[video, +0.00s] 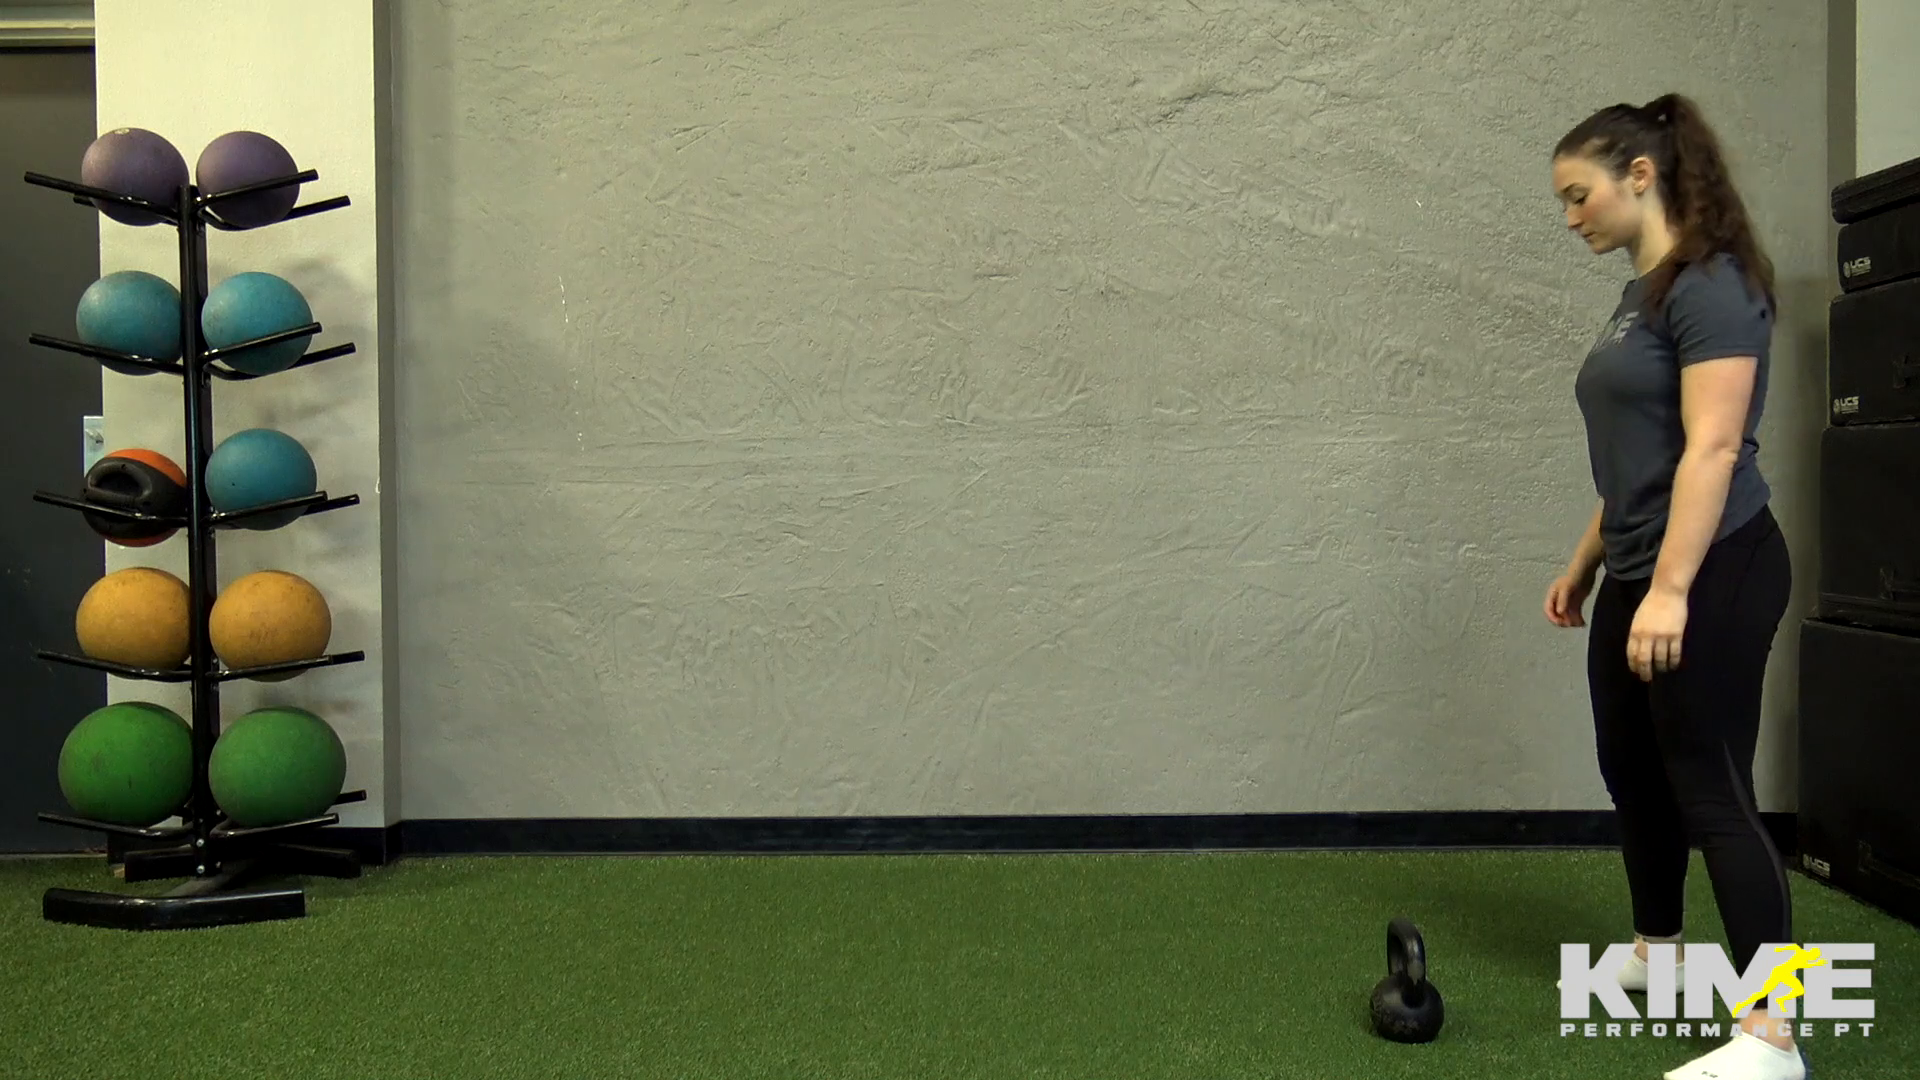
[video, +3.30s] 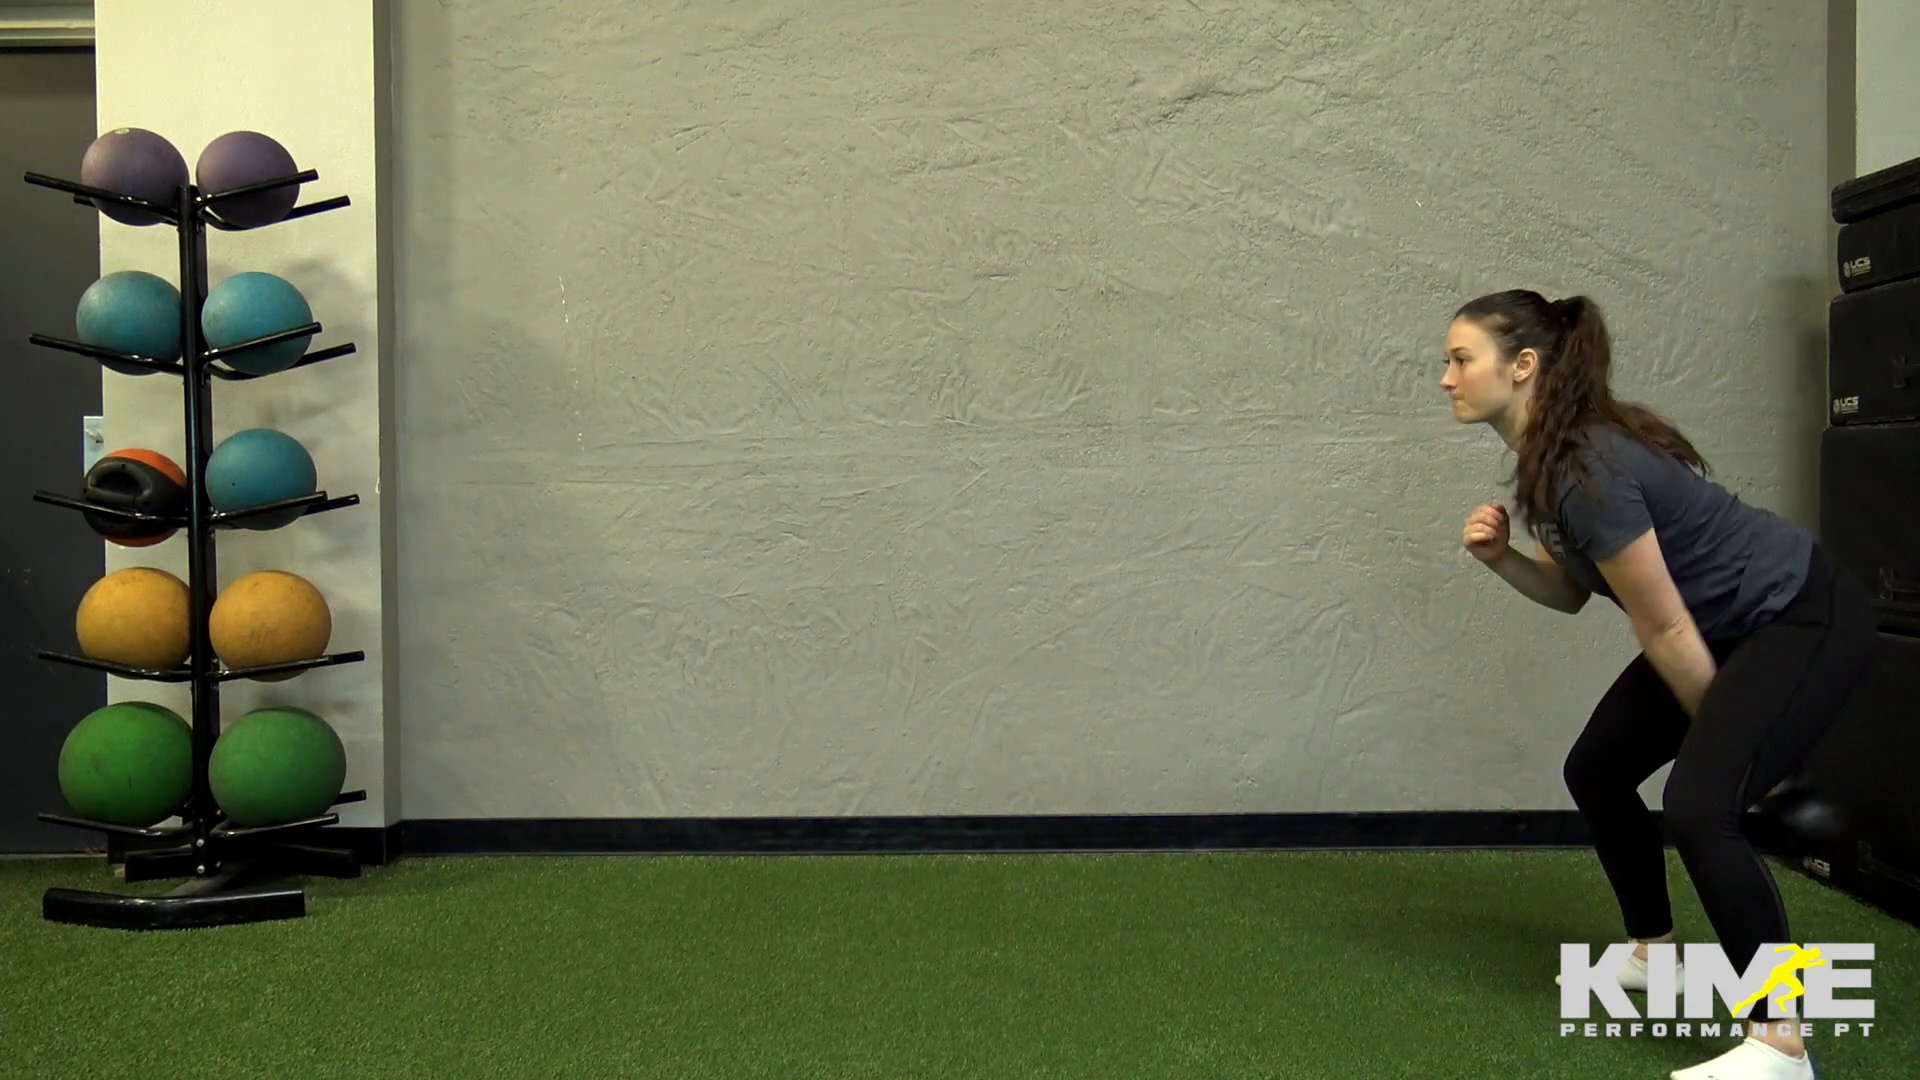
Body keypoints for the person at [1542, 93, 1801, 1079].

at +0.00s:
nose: (1572, 221)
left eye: (1578, 198)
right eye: (1565, 204)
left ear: (1641, 176)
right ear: (1636, 185)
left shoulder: (1713, 287)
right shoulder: (1649, 290)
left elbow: (1716, 448)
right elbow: (1644, 455)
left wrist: (1669, 588)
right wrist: (1589, 555)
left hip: (1715, 564)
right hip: (1640, 564)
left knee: (1708, 786)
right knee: (1637, 776)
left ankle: (1772, 1026)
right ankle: (1660, 965)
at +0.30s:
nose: (1500, 291)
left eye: (1501, 270)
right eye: (1492, 278)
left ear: (1558, 237)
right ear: (1553, 244)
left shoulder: (1649, 326)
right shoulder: (1597, 337)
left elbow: (1639, 492)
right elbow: (1618, 471)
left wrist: (1591, 632)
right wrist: (1561, 535)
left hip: (1767, 569)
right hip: (1692, 580)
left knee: (1692, 783)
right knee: (1632, 770)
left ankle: (1777, 1022)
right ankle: (1657, 960)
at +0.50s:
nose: (1463, 411)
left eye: (1464, 390)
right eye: (1454, 396)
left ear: (1516, 358)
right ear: (1514, 360)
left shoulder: (1613, 434)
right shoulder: (1578, 428)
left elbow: (1575, 611)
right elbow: (1611, 537)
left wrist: (1503, 742)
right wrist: (1555, 592)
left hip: (1823, 603)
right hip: (1740, 608)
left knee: (1699, 800)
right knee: (1620, 766)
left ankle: (1780, 1034)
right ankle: (1657, 961)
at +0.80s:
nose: (1442, 550)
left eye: (1443, 529)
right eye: (1433, 534)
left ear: (1497, 502)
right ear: (1501, 503)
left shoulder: (1583, 579)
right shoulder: (1563, 547)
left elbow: (1509, 753)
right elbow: (1579, 695)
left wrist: (1430, 861)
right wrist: (1523, 667)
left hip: (1827, 677)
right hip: (1744, 669)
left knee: (1669, 822)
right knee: (1579, 774)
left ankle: (1777, 1034)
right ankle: (1654, 955)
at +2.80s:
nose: (1443, 554)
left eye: (1448, 534)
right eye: (1437, 537)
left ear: (1507, 516)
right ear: (1506, 519)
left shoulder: (1602, 601)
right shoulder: (1563, 578)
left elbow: (1558, 786)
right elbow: (1569, 714)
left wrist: (1496, 907)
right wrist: (1507, 675)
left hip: (1843, 681)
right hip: (1767, 674)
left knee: (1679, 819)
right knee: (1591, 775)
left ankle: (1777, 1038)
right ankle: (1655, 957)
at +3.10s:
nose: (1445, 465)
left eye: (1453, 445)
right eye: (1443, 448)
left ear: (1517, 438)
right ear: (1516, 441)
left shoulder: (1600, 526)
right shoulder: (1566, 517)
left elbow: (1619, 710)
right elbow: (1594, 657)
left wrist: (1602, 824)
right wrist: (1511, 616)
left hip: (1829, 648)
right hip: (1754, 652)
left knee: (1688, 810)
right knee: (1586, 772)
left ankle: (1780, 1036)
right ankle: (1649, 962)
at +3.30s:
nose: (1446, 378)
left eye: (1461, 361)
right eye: (1448, 361)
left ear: (1523, 366)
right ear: (1520, 369)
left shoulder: (1587, 467)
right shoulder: (1553, 459)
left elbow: (1669, 630)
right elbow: (1569, 591)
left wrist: (1729, 752)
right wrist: (1501, 556)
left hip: (1805, 613)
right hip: (1728, 617)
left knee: (1699, 809)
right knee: (1596, 771)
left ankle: (1781, 1037)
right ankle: (1656, 962)